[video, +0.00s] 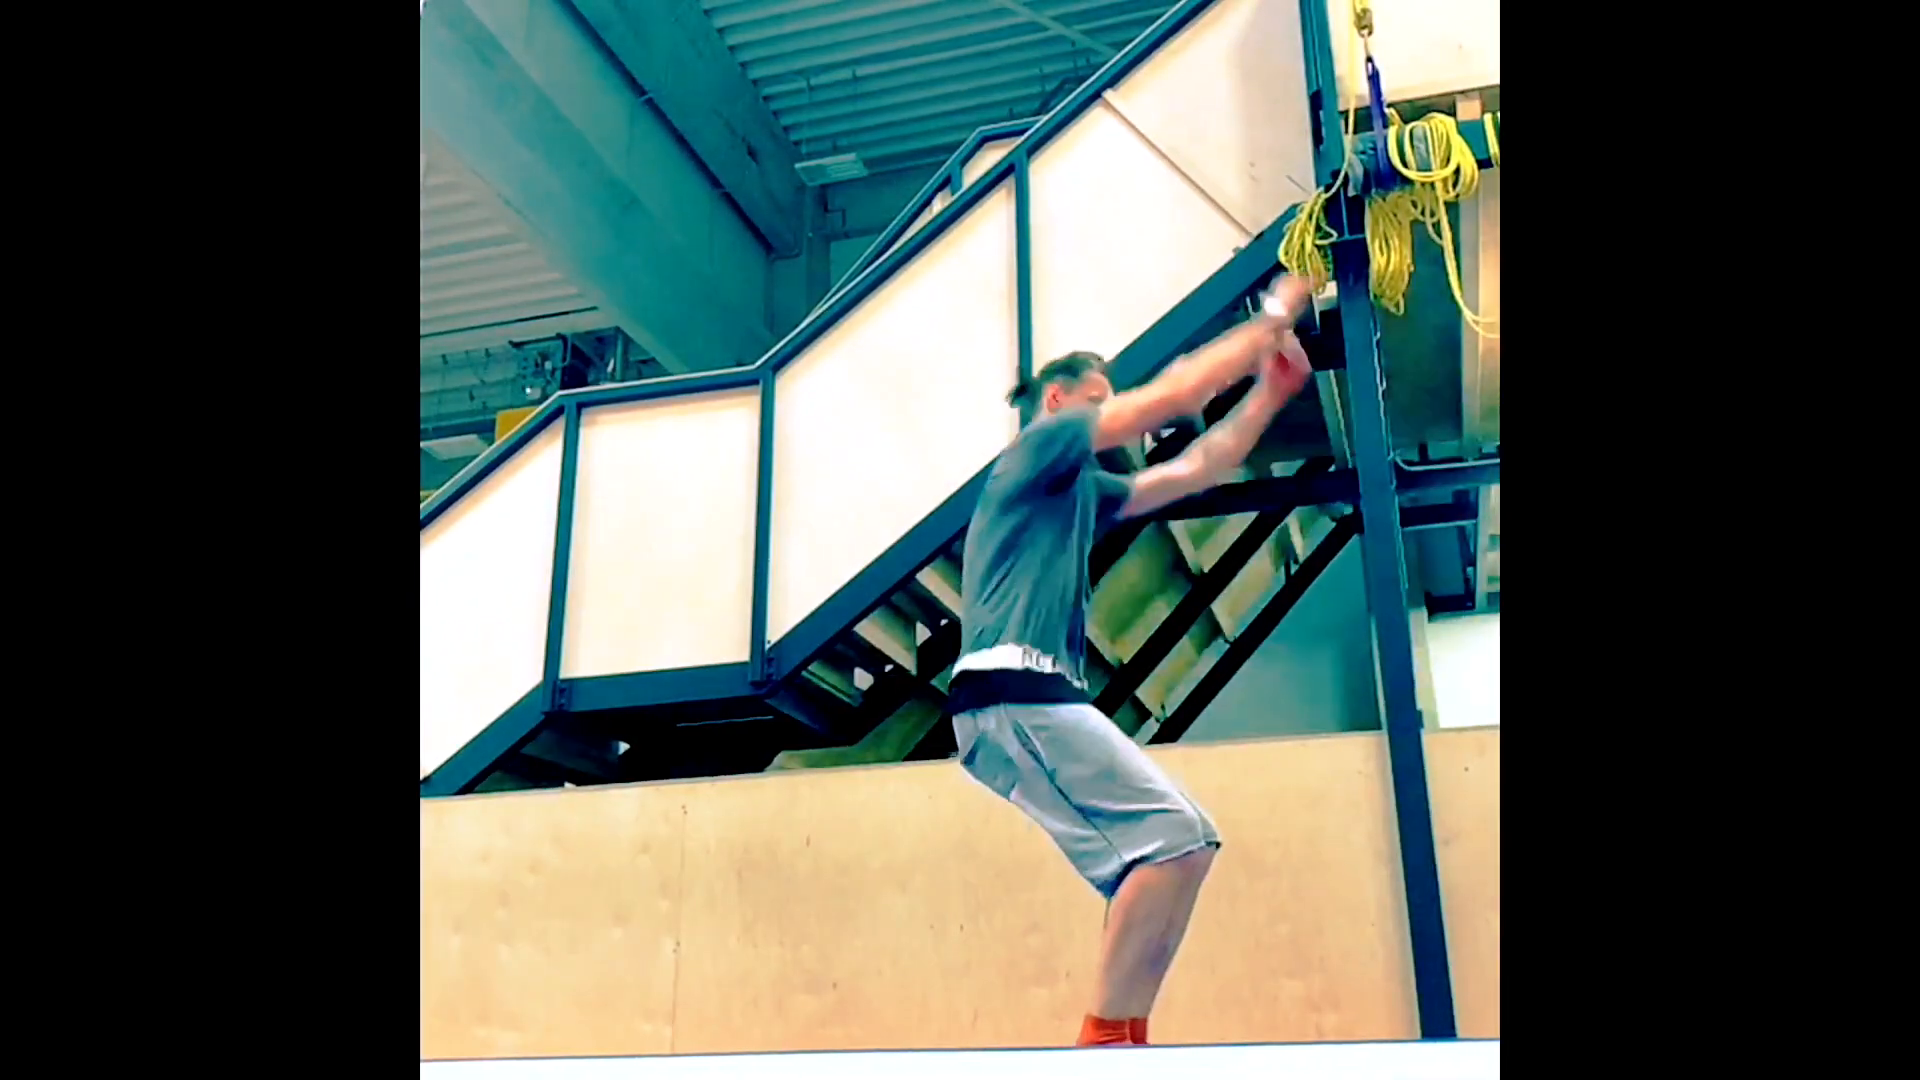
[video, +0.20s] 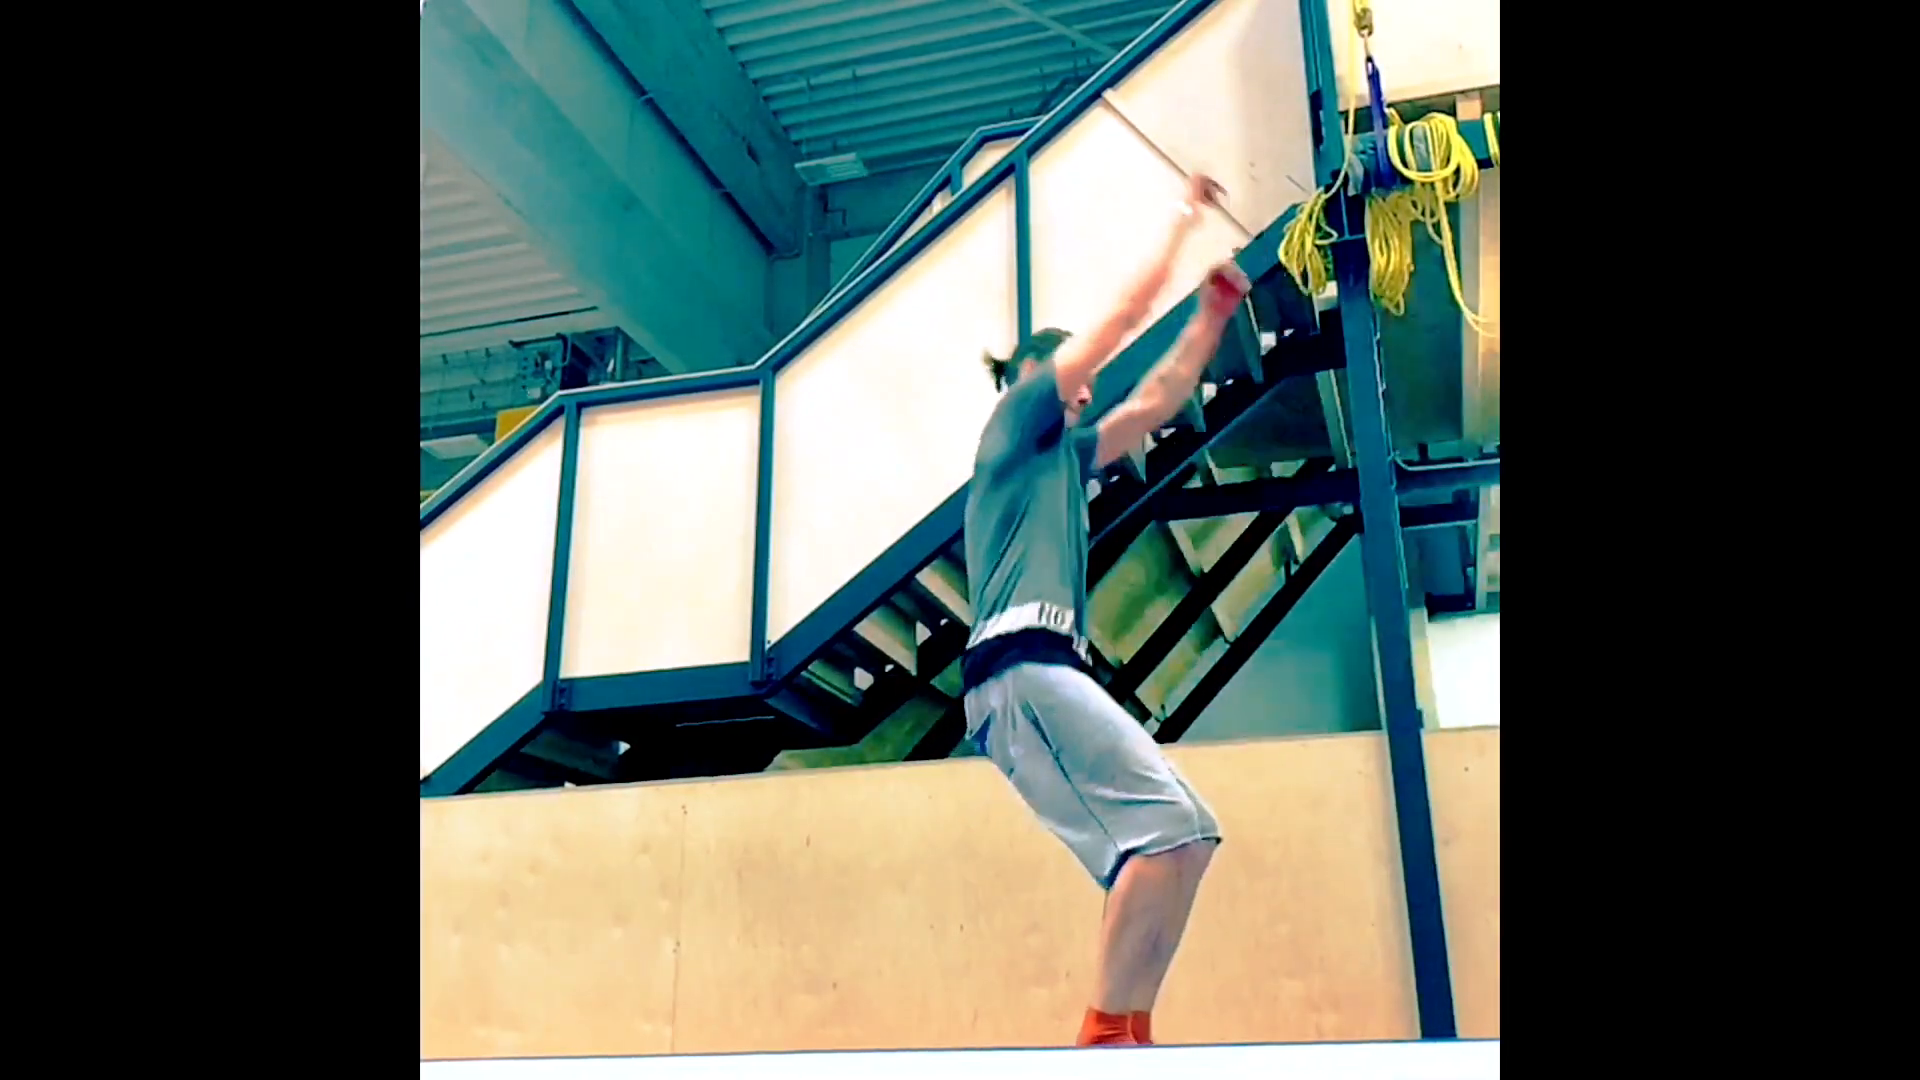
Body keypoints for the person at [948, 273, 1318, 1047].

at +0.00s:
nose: (1112, 409)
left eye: (1110, 399)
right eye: (1099, 396)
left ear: (1069, 402)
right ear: (1057, 394)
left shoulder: (1081, 489)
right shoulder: (1037, 445)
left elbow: (1201, 467)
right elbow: (1171, 395)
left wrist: (1270, 391)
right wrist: (1272, 317)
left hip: (1037, 702)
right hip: (1013, 699)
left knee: (1176, 848)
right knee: (1174, 841)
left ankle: (1118, 1042)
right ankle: (1108, 1041)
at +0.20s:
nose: (1081, 378)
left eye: (1079, 371)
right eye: (1068, 364)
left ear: (1060, 386)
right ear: (1034, 370)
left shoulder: (1066, 459)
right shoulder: (1015, 428)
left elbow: (1154, 403)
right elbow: (1121, 319)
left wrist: (1208, 318)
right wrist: (1183, 219)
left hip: (1051, 673)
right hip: (1021, 671)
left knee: (1188, 836)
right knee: (1167, 832)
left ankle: (1127, 1035)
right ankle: (1108, 1033)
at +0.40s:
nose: (1054, 352)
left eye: (1053, 341)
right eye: (1040, 339)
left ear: (1034, 366)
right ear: (1007, 352)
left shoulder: (1046, 427)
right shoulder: (996, 396)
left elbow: (1118, 362)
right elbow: (1061, 275)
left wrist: (1153, 275)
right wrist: (1092, 174)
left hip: (1068, 642)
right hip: (1034, 640)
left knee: (1192, 820)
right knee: (1160, 813)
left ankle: (1130, 1022)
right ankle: (1108, 1024)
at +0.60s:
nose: (1039, 339)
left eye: (1041, 333)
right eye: (1026, 326)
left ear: (1034, 352)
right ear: (994, 328)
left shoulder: (1028, 409)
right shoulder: (972, 374)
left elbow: (1067, 343)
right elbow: (999, 235)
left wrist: (1089, 266)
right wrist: (999, 139)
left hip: (1092, 609)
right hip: (1053, 603)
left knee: (1189, 800)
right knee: (1149, 794)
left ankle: (1142, 1006)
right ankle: (1109, 1007)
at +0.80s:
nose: (1014, 324)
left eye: (1018, 316)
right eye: (998, 316)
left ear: (1018, 328)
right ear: (964, 322)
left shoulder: (1014, 392)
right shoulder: (953, 369)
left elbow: (1024, 344)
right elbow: (937, 226)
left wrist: (1031, 273)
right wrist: (905, 126)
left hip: (1112, 564)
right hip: (1070, 561)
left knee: (1190, 768)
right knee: (1137, 759)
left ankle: (1157, 966)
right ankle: (1126, 968)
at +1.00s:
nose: (998, 310)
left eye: (997, 303)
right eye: (982, 300)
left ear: (983, 320)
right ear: (938, 306)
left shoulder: (1007, 377)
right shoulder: (929, 349)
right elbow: (877, 226)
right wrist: (823, 139)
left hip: (1136, 530)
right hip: (1090, 522)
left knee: (1186, 731)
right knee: (1139, 722)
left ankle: (1172, 934)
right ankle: (1140, 940)